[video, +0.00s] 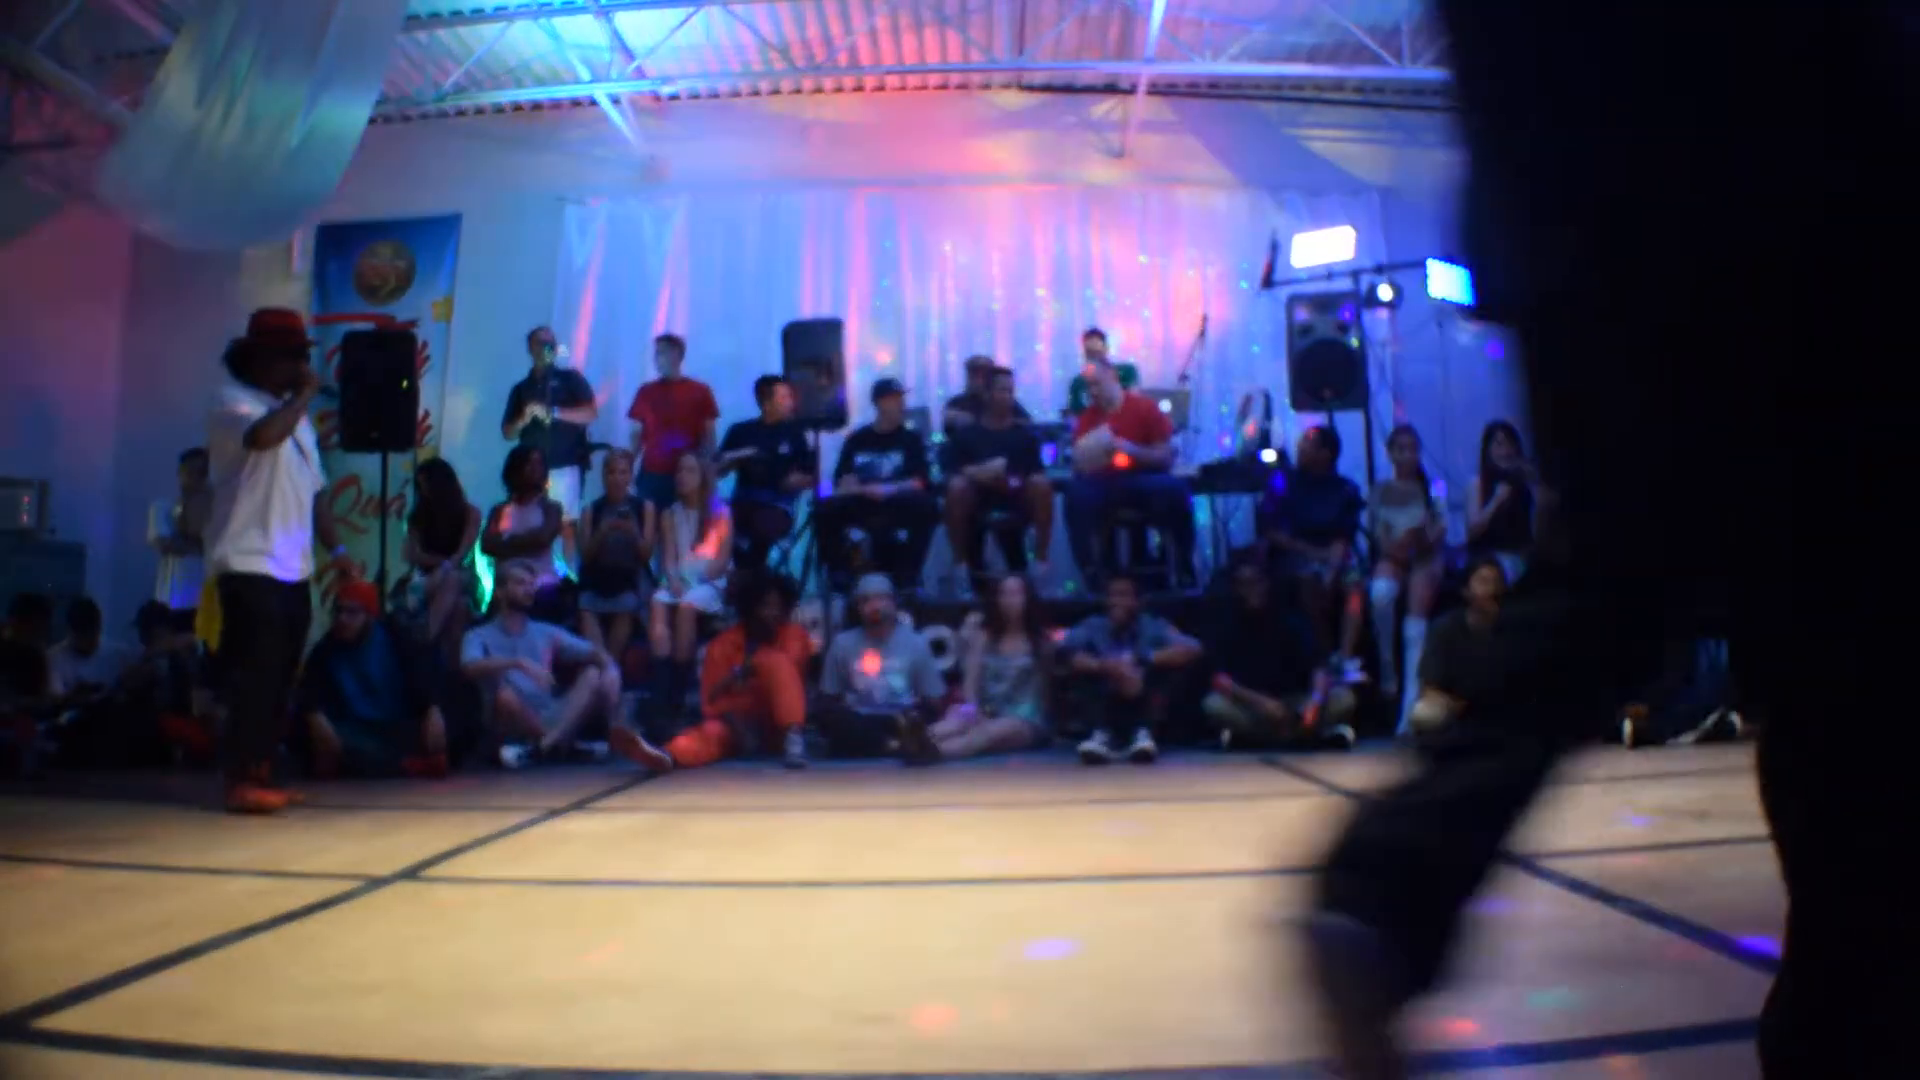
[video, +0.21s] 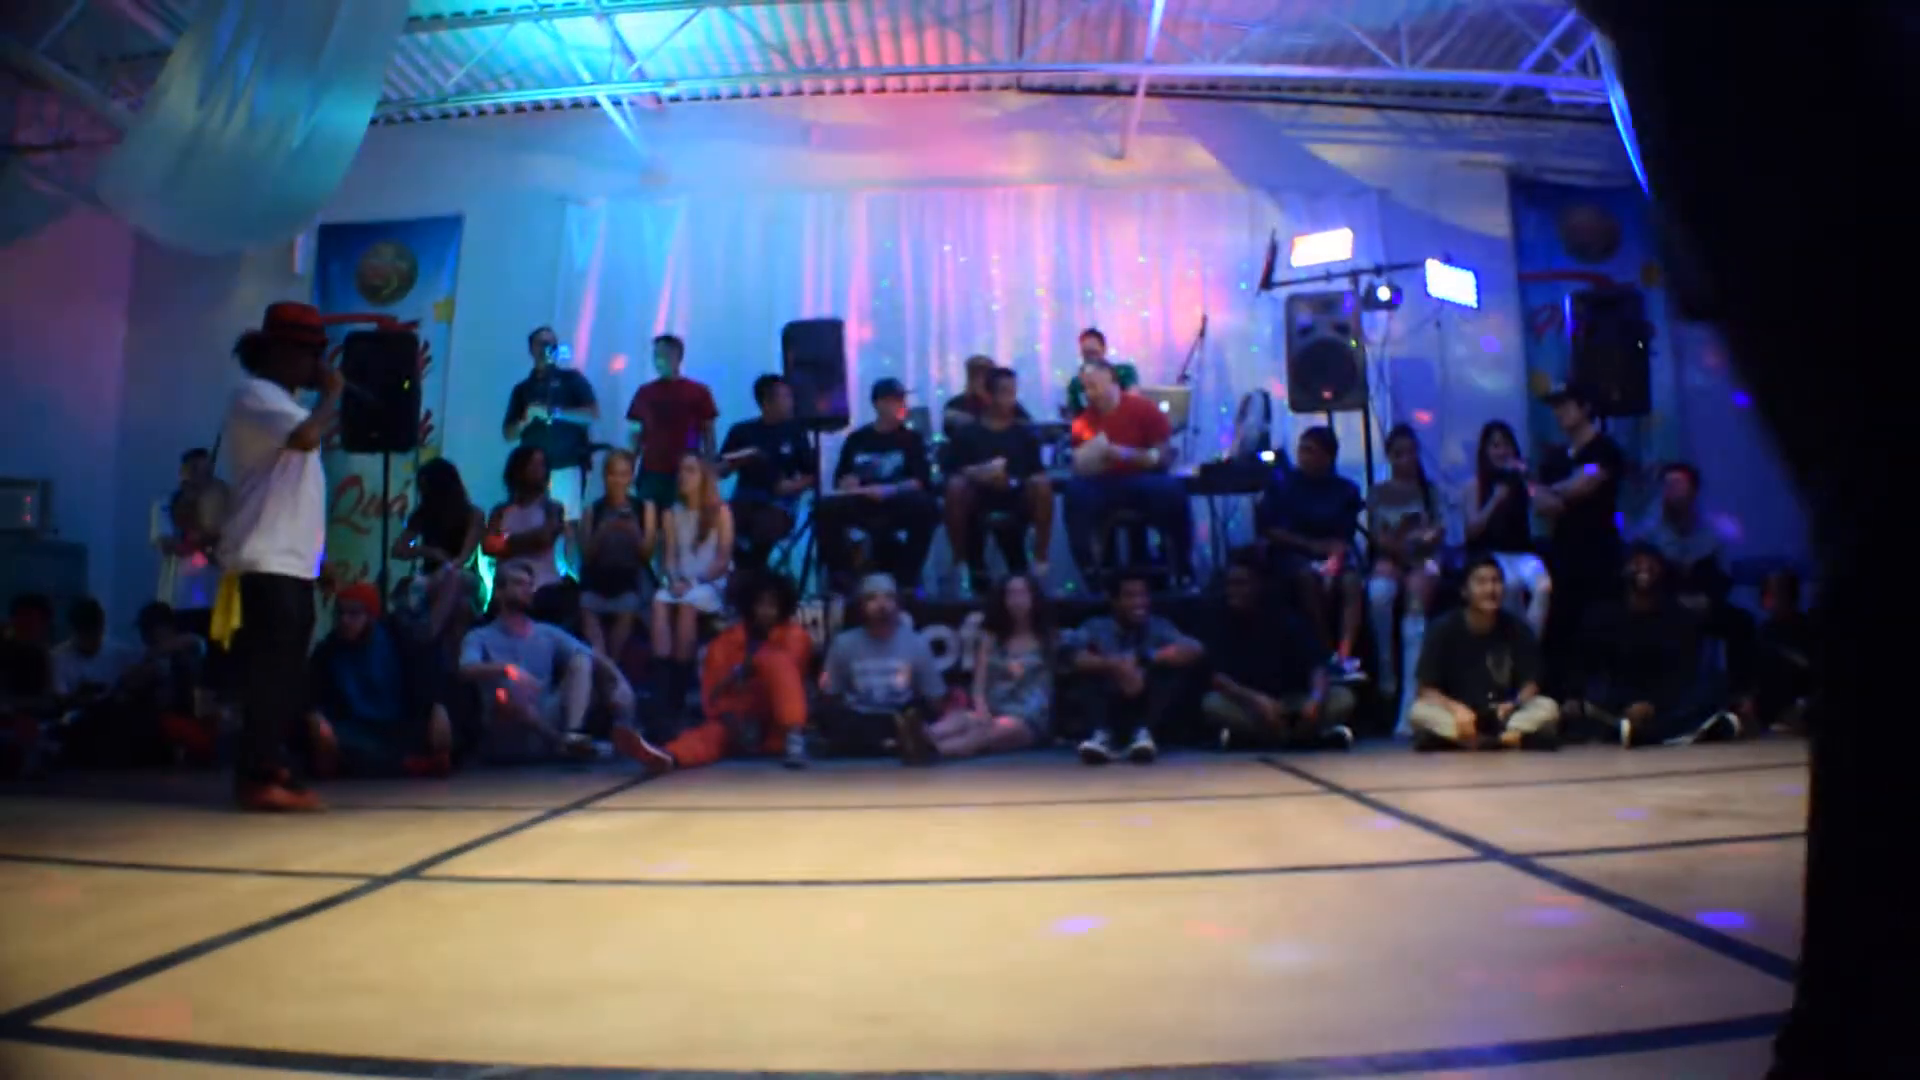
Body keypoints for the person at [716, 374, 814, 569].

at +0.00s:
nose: (790, 403)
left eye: (790, 396)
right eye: (783, 396)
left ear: (791, 398)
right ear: (766, 401)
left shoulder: (794, 432)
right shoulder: (740, 431)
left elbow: (809, 475)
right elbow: (717, 469)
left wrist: (799, 479)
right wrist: (734, 461)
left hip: (784, 505)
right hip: (746, 504)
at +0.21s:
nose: (790, 402)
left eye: (790, 396)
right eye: (784, 397)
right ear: (767, 402)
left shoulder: (795, 432)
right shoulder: (741, 431)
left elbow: (810, 474)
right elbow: (721, 469)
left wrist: (792, 485)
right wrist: (737, 462)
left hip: (779, 498)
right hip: (746, 495)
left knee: (765, 530)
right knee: (727, 523)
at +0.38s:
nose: (790, 404)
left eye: (790, 398)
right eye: (785, 398)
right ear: (768, 403)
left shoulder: (797, 434)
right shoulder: (742, 432)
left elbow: (811, 476)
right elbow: (722, 470)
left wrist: (794, 482)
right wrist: (737, 463)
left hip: (780, 502)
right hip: (746, 498)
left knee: (765, 535)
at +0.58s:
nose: (790, 404)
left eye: (790, 398)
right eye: (784, 398)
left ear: (792, 401)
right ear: (768, 403)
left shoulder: (798, 434)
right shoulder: (745, 433)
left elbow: (812, 476)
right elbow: (723, 470)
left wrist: (796, 478)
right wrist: (743, 461)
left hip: (783, 501)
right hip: (749, 498)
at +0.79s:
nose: (789, 402)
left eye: (789, 396)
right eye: (783, 396)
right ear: (766, 401)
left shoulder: (797, 433)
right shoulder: (742, 432)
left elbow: (812, 476)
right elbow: (722, 473)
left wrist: (795, 480)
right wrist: (739, 462)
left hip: (780, 501)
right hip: (746, 498)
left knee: (768, 530)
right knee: (721, 522)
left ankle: (751, 573)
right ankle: (744, 563)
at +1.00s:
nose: (788, 402)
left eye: (788, 396)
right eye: (782, 396)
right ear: (764, 402)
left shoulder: (796, 433)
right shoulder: (741, 431)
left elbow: (812, 476)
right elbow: (721, 473)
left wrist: (794, 480)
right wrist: (735, 461)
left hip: (779, 503)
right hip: (745, 499)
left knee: (765, 531)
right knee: (719, 523)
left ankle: (750, 575)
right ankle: (743, 563)